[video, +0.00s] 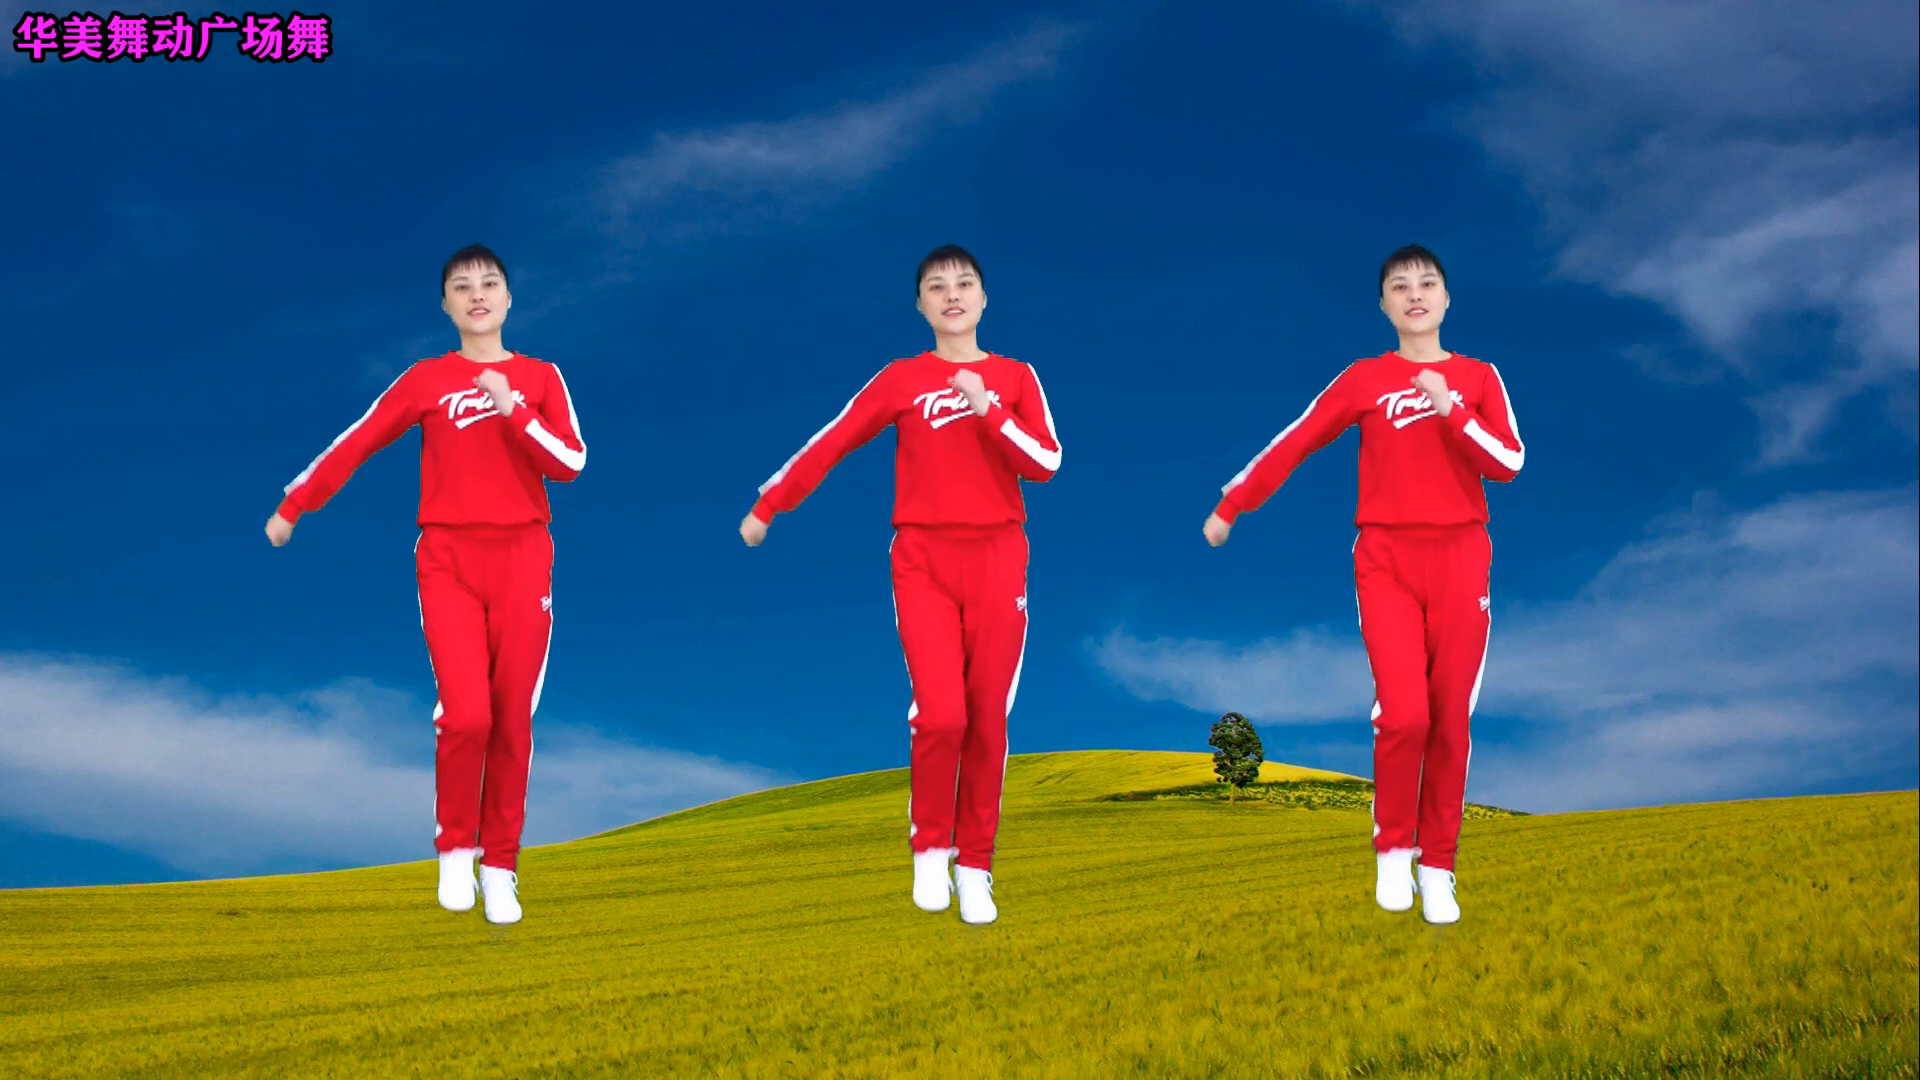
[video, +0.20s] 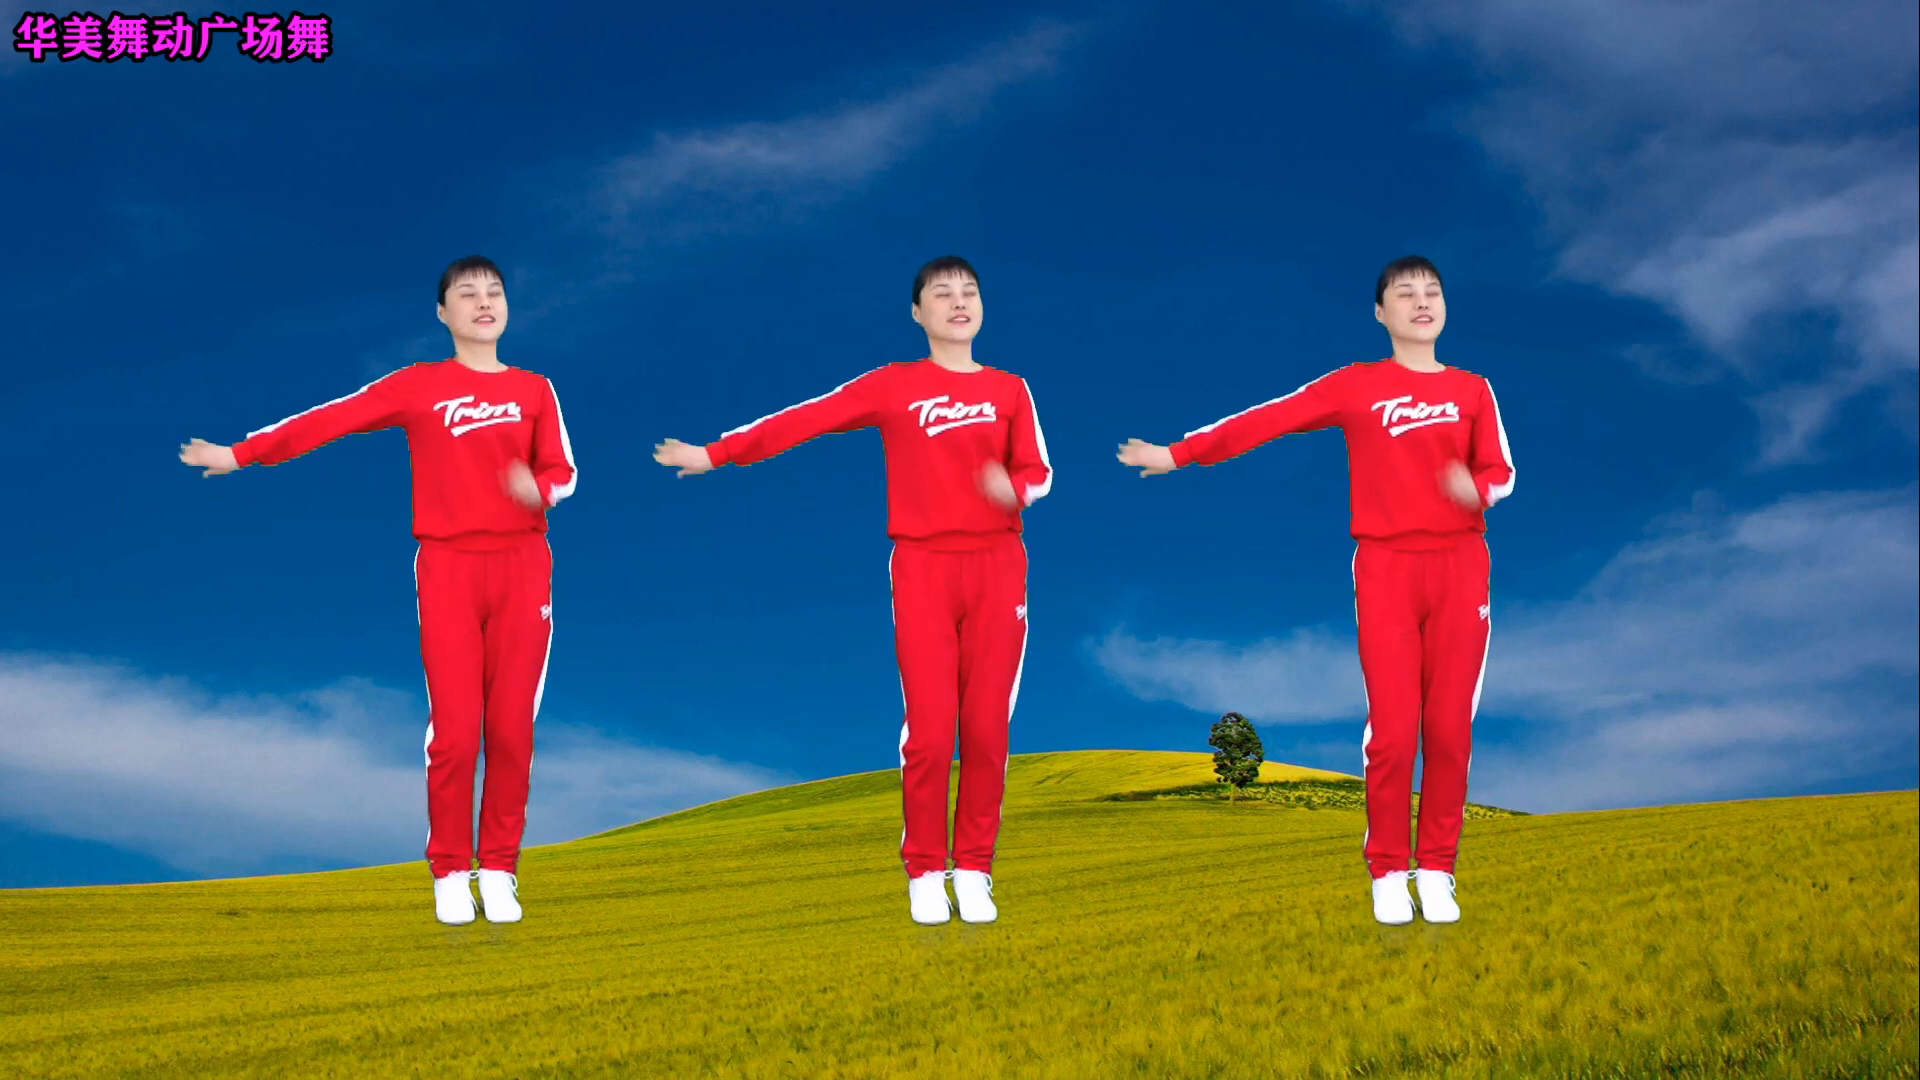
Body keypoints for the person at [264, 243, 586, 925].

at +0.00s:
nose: (478, 295)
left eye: (489, 285)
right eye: (463, 288)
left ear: (508, 298)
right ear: (447, 305)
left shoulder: (540, 376)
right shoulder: (424, 380)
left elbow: (569, 462)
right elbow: (355, 443)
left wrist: (515, 412)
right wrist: (291, 504)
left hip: (524, 557)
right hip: (448, 558)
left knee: (514, 715)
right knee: (466, 713)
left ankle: (500, 862)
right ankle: (455, 848)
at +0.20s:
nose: (484, 303)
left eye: (494, 293)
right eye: (468, 294)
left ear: (507, 308)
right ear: (445, 313)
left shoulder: (535, 388)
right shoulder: (418, 384)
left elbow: (564, 474)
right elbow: (332, 418)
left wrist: (540, 490)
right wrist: (238, 454)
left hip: (524, 565)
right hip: (448, 566)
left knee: (513, 727)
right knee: (456, 729)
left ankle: (498, 868)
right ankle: (451, 870)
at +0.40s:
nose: (495, 315)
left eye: (498, 305)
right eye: (477, 306)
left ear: (506, 324)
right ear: (443, 327)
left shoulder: (534, 405)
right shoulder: (423, 405)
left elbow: (558, 500)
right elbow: (356, 473)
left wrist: (573, 584)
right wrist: (291, 540)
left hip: (516, 579)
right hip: (443, 576)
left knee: (522, 728)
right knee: (447, 732)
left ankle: (508, 844)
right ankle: (449, 870)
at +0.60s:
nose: (499, 301)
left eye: (502, 291)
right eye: (482, 292)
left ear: (507, 310)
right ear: (447, 311)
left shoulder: (531, 391)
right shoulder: (432, 378)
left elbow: (551, 491)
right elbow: (489, 429)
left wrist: (562, 566)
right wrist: (584, 451)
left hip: (527, 564)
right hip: (456, 560)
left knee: (558, 708)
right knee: (454, 725)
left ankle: (563, 833)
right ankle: (449, 867)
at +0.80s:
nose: (530, 291)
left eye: (529, 282)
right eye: (516, 283)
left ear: (520, 302)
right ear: (476, 302)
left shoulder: (553, 380)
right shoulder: (458, 369)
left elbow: (582, 474)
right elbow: (497, 299)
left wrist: (596, 551)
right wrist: (558, 246)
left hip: (565, 554)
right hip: (492, 554)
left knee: (588, 717)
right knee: (470, 719)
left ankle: (614, 859)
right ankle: (451, 862)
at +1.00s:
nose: (546, 303)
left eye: (552, 294)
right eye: (530, 296)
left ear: (563, 310)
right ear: (501, 316)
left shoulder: (596, 379)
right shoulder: (492, 380)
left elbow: (630, 474)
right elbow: (443, 316)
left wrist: (639, 560)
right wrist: (445, 228)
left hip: (609, 559)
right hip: (535, 558)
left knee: (612, 727)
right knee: (521, 724)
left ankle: (610, 868)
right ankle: (472, 854)